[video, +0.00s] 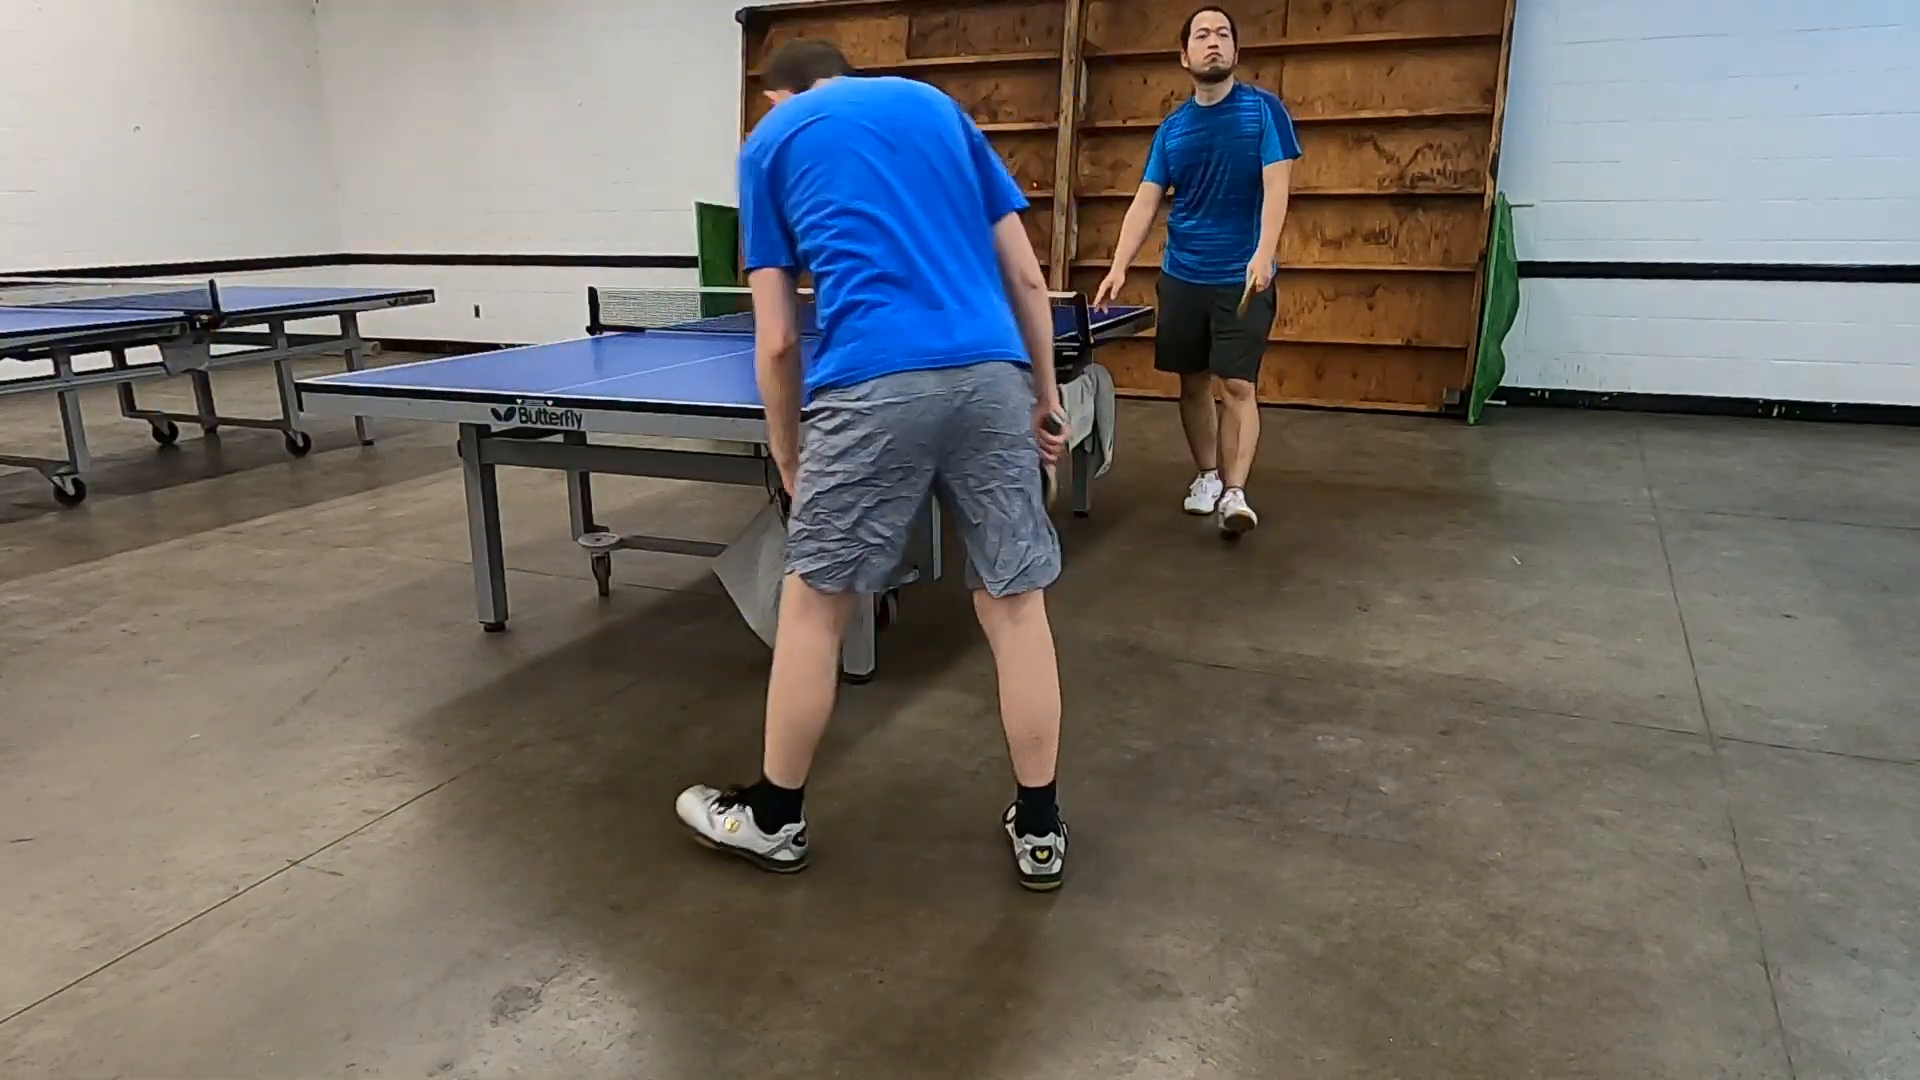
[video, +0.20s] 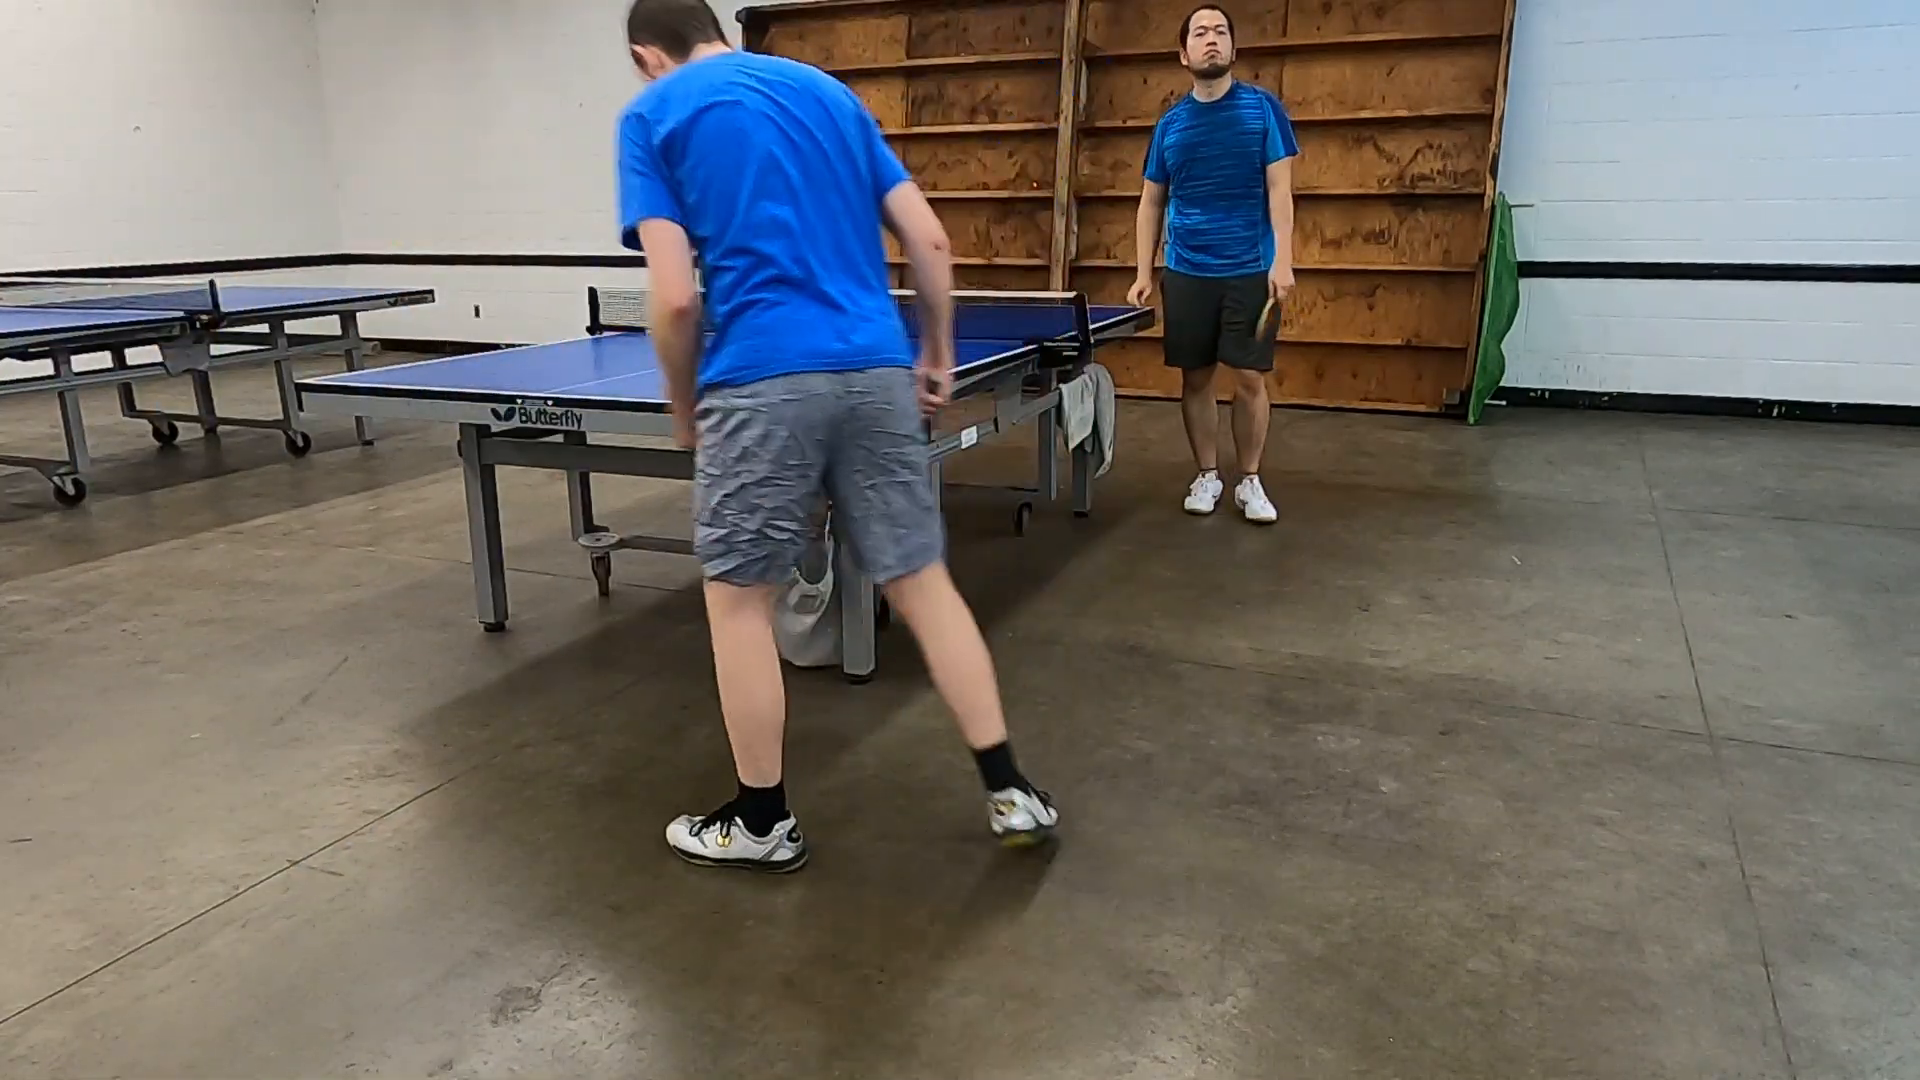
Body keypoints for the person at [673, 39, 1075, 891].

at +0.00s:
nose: (765, 119)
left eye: (763, 107)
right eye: (768, 105)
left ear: (776, 93)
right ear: (848, 69)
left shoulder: (770, 144)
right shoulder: (938, 108)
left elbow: (778, 339)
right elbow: (1025, 273)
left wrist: (787, 460)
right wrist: (1046, 390)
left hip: (872, 390)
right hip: (991, 375)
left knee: (816, 600)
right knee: (1015, 603)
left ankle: (775, 816)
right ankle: (1041, 829)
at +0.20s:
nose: (642, 85)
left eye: (637, 73)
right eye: (639, 73)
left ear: (649, 56)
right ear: (724, 37)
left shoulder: (652, 114)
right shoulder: (827, 90)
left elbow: (676, 295)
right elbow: (927, 240)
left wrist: (683, 406)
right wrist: (938, 353)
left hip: (764, 386)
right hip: (880, 372)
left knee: (740, 596)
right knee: (920, 578)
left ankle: (763, 816)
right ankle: (1009, 789)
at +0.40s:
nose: (553, 35)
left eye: (546, 25)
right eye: (550, 27)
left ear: (564, 10)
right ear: (639, 1)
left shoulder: (572, 66)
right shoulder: (738, 71)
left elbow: (574, 261)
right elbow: (809, 244)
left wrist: (509, 348)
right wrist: (776, 332)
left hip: (681, 367)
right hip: (778, 357)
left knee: (707, 593)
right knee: (764, 557)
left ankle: (759, 811)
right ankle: (826, 737)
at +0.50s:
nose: (512, 29)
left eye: (508, 20)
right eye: (509, 21)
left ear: (528, 6)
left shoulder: (538, 60)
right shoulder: (697, 74)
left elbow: (528, 260)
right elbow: (750, 258)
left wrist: (496, 323)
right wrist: (698, 321)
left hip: (641, 372)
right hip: (734, 359)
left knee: (692, 599)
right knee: (682, 571)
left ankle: (763, 814)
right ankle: (700, 747)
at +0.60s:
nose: (477, 29)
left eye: (474, 19)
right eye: (474, 20)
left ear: (493, 7)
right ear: (566, 2)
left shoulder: (502, 69)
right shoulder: (657, 81)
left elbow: (493, 263)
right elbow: (704, 260)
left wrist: (459, 322)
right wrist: (619, 300)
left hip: (596, 379)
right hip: (683, 364)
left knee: (667, 594)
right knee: (619, 574)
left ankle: (759, 808)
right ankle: (576, 744)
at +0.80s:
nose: (406, 24)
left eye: (405, 10)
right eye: (405, 11)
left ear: (430, 4)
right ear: (489, 3)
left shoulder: (431, 74)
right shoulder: (572, 91)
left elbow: (426, 251)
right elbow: (622, 263)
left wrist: (344, 281)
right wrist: (553, 314)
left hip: (498, 385)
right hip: (585, 373)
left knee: (483, 589)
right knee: (543, 559)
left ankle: (659, 731)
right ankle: (523, 761)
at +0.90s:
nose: (363, 15)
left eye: (364, 7)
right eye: (361, 9)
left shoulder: (399, 66)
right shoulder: (533, 84)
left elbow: (381, 241)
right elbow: (584, 245)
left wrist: (289, 254)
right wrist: (515, 311)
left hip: (458, 372)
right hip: (548, 363)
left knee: (404, 559)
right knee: (522, 551)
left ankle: (553, 707)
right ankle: (529, 744)